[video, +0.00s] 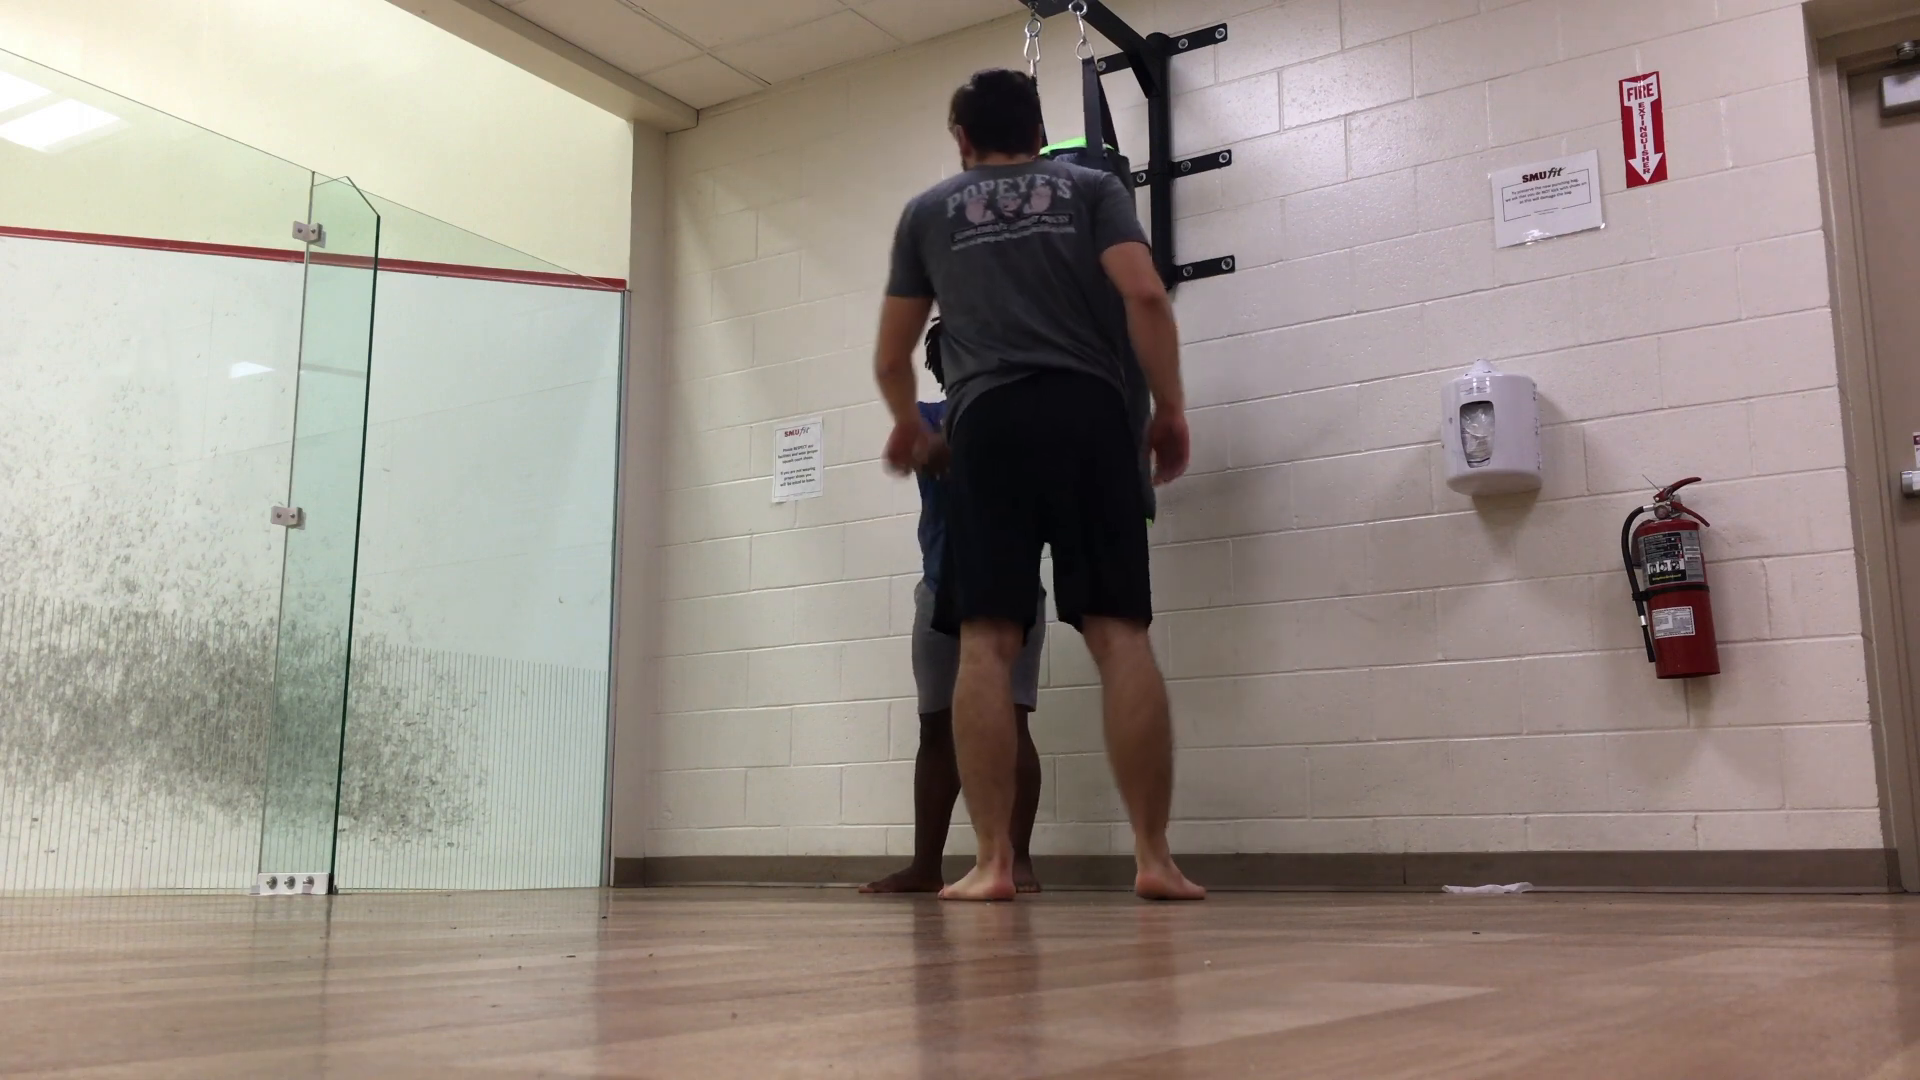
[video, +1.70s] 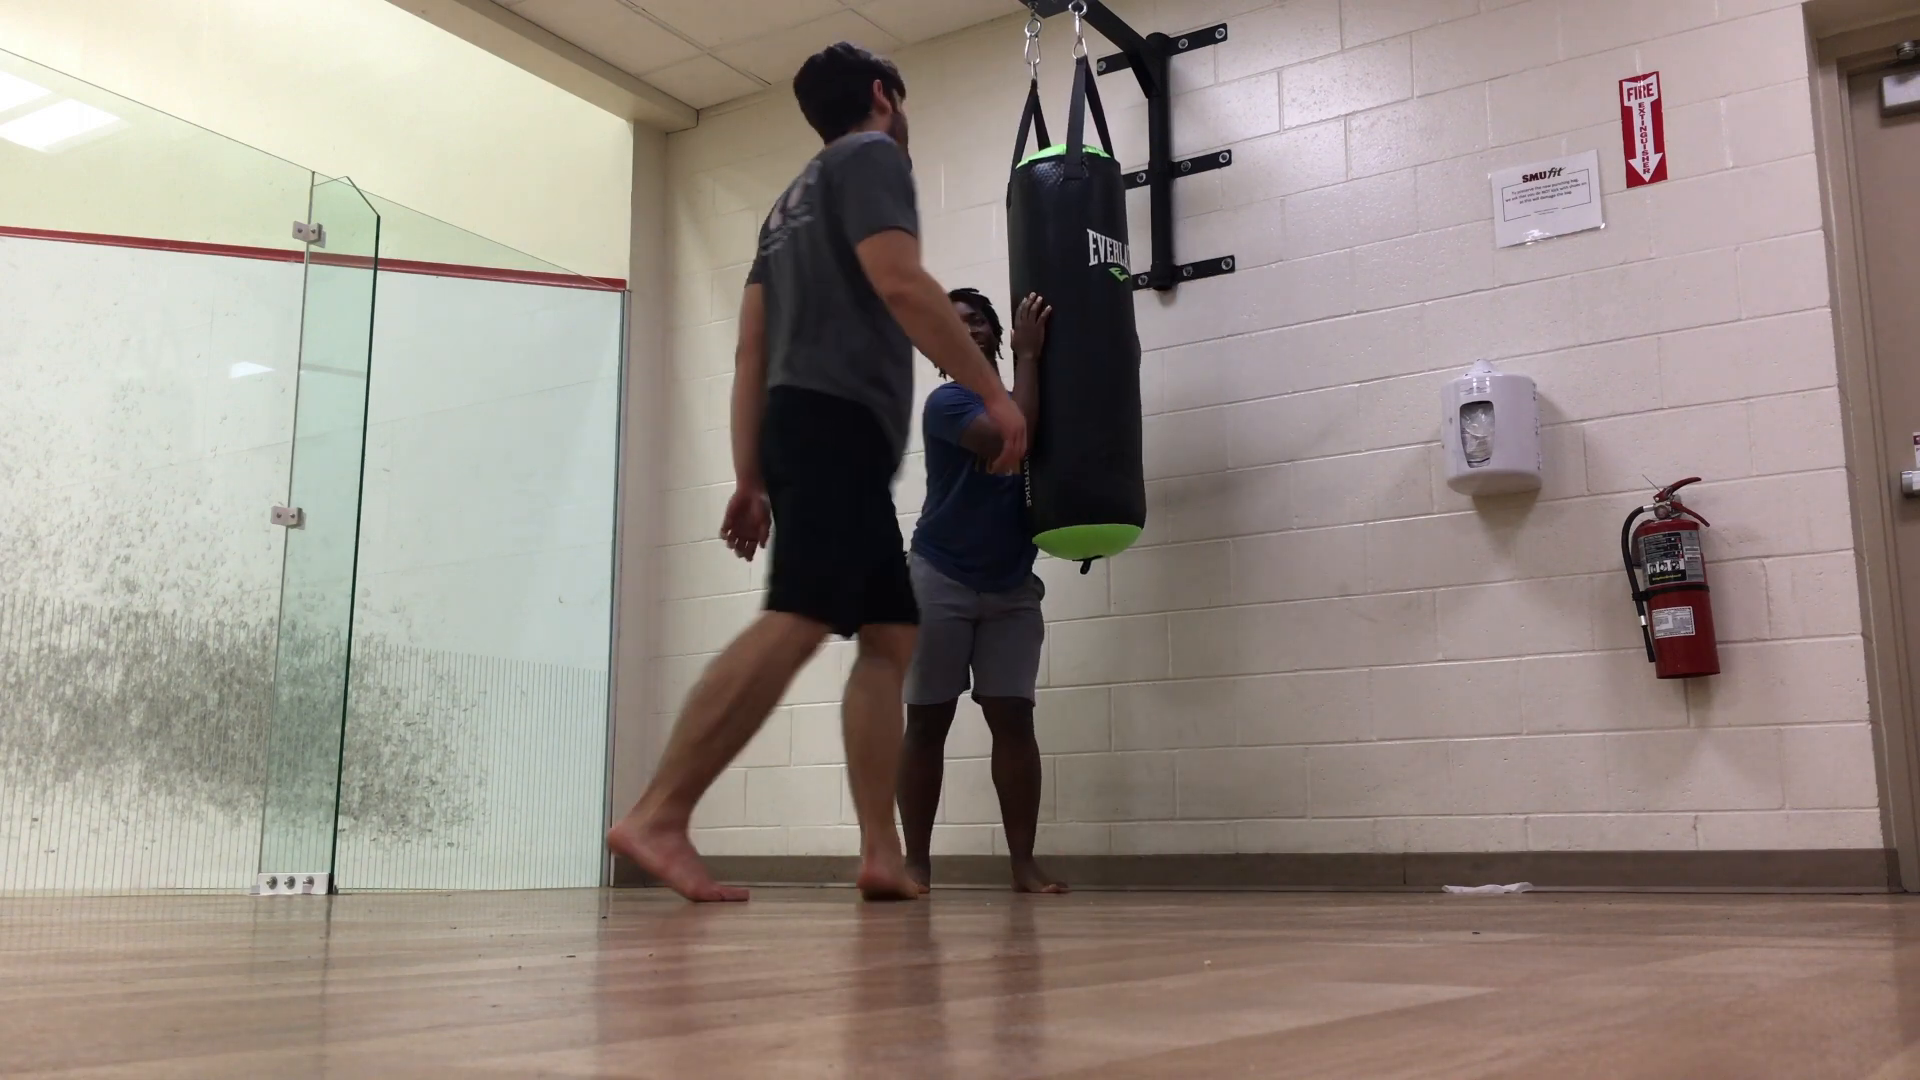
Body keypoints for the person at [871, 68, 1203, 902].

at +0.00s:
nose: (953, 150)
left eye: (952, 140)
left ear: (961, 141)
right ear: (1040, 133)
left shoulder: (927, 212)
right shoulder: (1092, 187)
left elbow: (893, 358)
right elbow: (1145, 292)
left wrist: (910, 425)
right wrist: (1171, 407)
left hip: (989, 440)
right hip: (1094, 430)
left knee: (985, 642)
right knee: (1120, 635)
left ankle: (994, 862)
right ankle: (1153, 857)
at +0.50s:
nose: (1016, 137)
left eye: (1015, 126)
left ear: (1025, 129)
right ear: (1104, 131)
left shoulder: (986, 199)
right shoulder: (1155, 206)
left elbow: (945, 335)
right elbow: (1201, 332)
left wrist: (992, 412)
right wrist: (1223, 455)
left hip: (1020, 443)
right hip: (1124, 443)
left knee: (999, 646)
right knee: (1140, 642)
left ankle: (1003, 860)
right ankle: (1154, 861)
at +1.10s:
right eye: (1005, 128)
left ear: (933, 137)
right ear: (1013, 135)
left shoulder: (884, 221)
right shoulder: (1049, 203)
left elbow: (855, 360)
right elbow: (1092, 326)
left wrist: (924, 388)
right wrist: (1130, 445)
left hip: (924, 450)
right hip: (1033, 447)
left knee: (894, 644)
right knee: (1090, 646)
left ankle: (885, 861)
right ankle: (1148, 850)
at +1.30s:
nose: (961, 140)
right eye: (962, 128)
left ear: (880, 139)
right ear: (955, 130)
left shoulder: (832, 221)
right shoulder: (976, 185)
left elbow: (820, 364)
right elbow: (1003, 301)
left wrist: (874, 430)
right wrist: (1048, 425)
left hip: (870, 442)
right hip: (972, 429)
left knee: (867, 643)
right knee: (1032, 622)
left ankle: (883, 861)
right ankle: (1018, 841)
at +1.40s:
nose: (939, 135)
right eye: (939, 124)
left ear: (858, 135)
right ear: (935, 126)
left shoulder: (813, 222)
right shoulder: (947, 175)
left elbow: (813, 365)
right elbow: (967, 285)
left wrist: (837, 453)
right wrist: (1011, 416)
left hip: (848, 439)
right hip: (941, 424)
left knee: (859, 644)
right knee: (997, 625)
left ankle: (882, 859)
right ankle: (890, 809)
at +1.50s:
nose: (921, 126)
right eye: (919, 115)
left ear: (837, 130)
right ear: (914, 118)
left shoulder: (801, 219)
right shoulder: (921, 166)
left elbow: (794, 368)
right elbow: (943, 281)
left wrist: (793, 487)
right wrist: (991, 407)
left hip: (828, 440)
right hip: (909, 426)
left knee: (854, 642)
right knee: (936, 629)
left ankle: (884, 860)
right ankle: (775, 782)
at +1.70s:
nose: (905, 120)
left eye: (901, 106)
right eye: (901, 104)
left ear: (821, 116)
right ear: (881, 99)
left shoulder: (783, 206)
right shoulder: (868, 153)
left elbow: (753, 346)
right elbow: (898, 282)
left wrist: (748, 475)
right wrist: (995, 396)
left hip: (798, 425)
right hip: (835, 421)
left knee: (890, 631)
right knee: (800, 616)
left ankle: (882, 852)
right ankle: (655, 819)